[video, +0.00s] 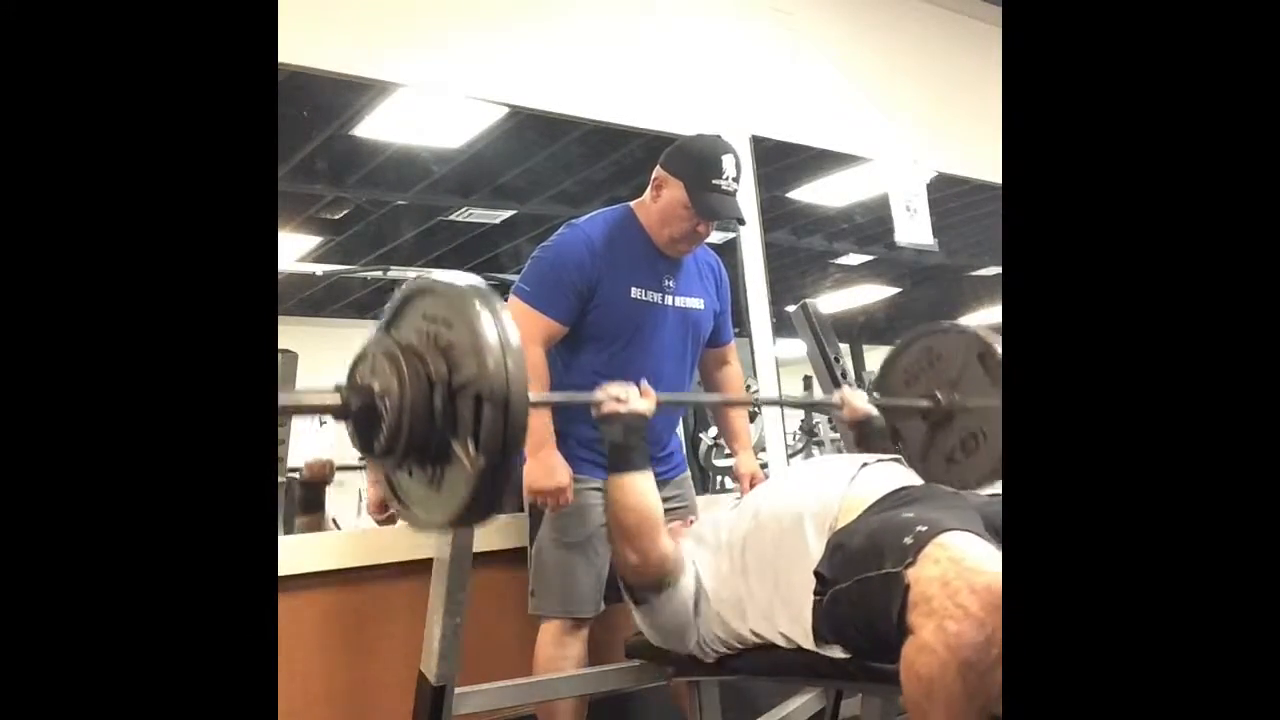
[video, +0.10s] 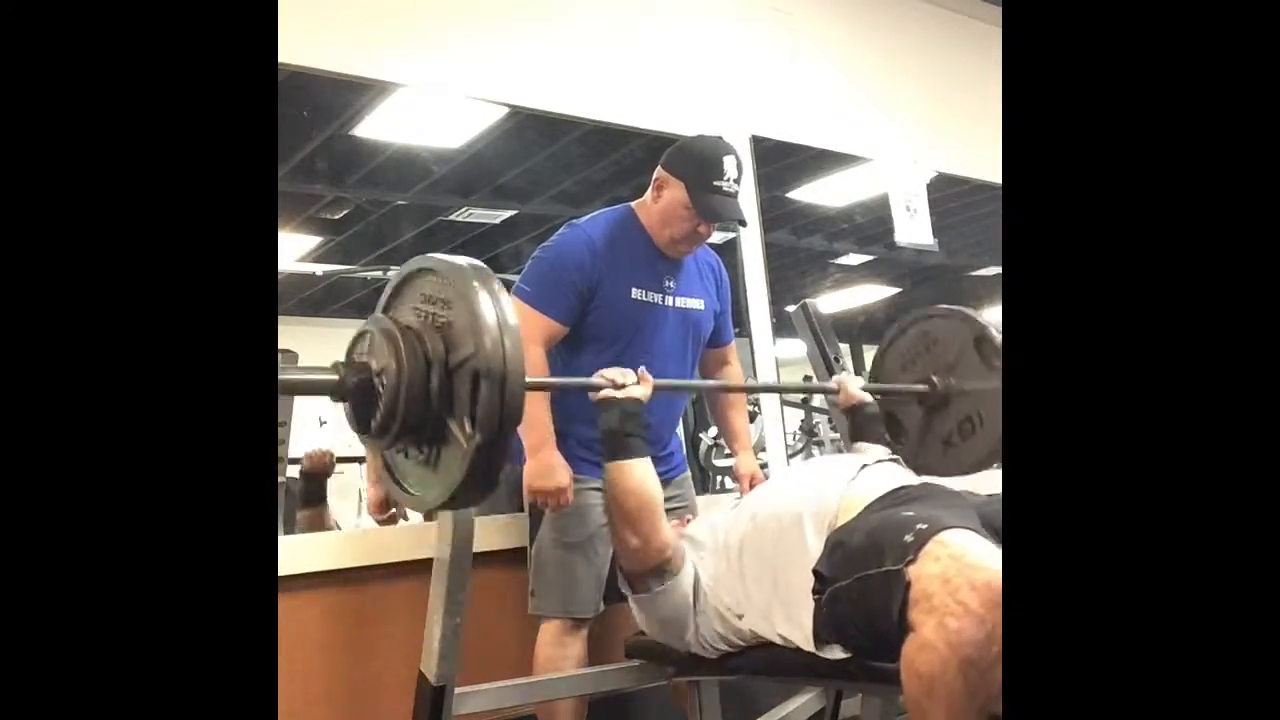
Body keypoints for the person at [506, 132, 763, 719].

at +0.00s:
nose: (708, 229)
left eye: (716, 218)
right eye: (699, 212)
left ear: (724, 215)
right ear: (659, 185)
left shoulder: (709, 271)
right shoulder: (582, 247)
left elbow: (722, 364)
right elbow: (523, 340)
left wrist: (744, 450)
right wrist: (540, 447)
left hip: (663, 468)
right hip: (580, 466)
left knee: (651, 609)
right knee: (569, 621)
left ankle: (617, 712)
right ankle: (561, 717)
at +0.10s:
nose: (707, 230)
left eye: (717, 220)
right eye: (699, 213)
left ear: (726, 216)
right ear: (660, 186)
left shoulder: (710, 270)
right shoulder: (582, 248)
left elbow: (722, 366)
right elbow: (522, 342)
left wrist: (743, 451)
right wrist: (540, 450)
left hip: (664, 472)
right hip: (581, 469)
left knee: (649, 608)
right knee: (569, 621)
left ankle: (621, 713)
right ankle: (562, 717)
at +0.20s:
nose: (708, 231)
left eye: (718, 221)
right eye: (700, 214)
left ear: (726, 217)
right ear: (660, 187)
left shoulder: (710, 271)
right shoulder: (583, 248)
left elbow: (722, 366)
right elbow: (524, 342)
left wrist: (743, 452)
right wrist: (539, 450)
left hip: (663, 470)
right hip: (581, 467)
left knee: (655, 609)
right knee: (569, 619)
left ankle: (648, 714)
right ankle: (561, 717)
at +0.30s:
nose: (708, 232)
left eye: (718, 222)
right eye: (700, 216)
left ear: (726, 218)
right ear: (662, 189)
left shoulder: (711, 272)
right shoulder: (582, 249)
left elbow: (722, 367)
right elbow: (523, 342)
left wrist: (744, 451)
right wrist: (542, 448)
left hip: (663, 470)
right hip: (580, 469)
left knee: (673, 613)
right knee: (569, 621)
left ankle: (672, 713)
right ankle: (561, 717)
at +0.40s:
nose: (708, 232)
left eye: (718, 222)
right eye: (700, 216)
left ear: (726, 218)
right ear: (662, 189)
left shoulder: (711, 272)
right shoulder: (582, 249)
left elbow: (722, 368)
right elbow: (523, 344)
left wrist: (743, 452)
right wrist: (547, 455)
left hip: (665, 476)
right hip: (582, 476)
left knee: (679, 618)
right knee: (568, 623)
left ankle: (684, 713)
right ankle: (561, 718)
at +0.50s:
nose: (708, 233)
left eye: (717, 223)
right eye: (699, 217)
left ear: (725, 217)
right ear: (662, 190)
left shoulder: (710, 271)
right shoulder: (583, 249)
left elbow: (721, 368)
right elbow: (524, 344)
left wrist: (742, 451)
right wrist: (545, 454)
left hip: (658, 468)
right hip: (578, 469)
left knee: (636, 611)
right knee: (569, 620)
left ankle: (614, 709)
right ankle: (562, 715)